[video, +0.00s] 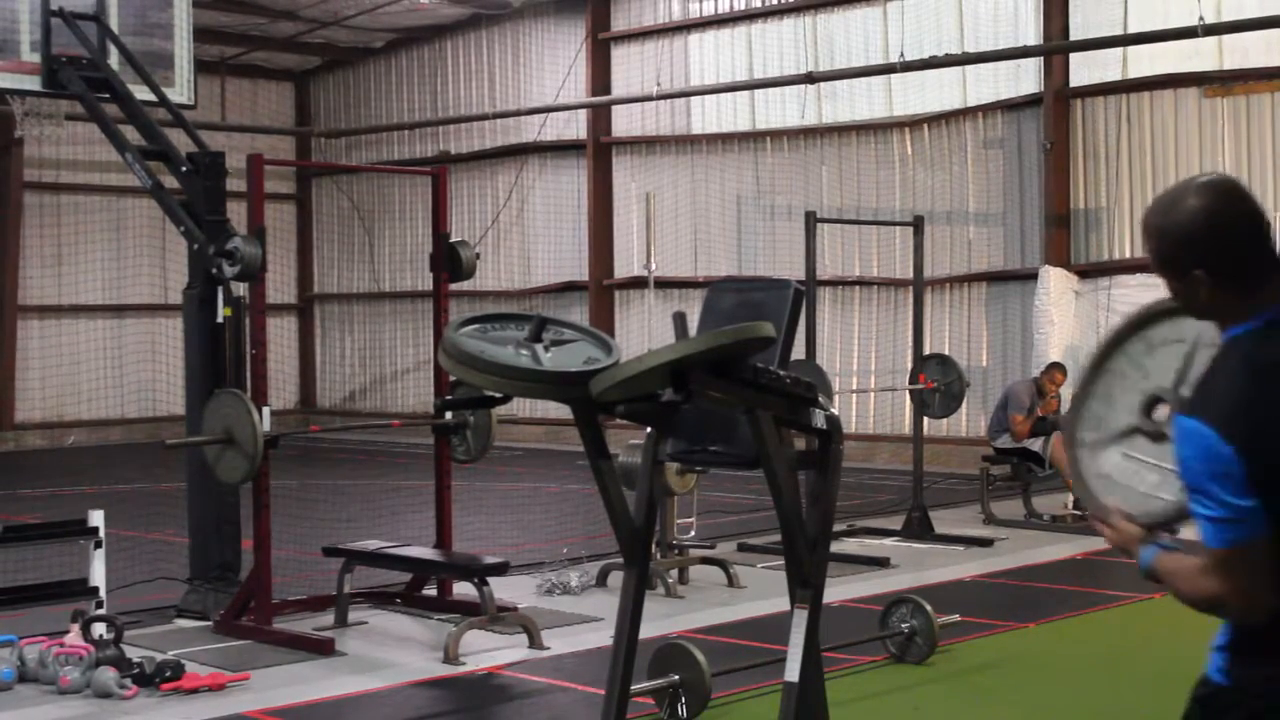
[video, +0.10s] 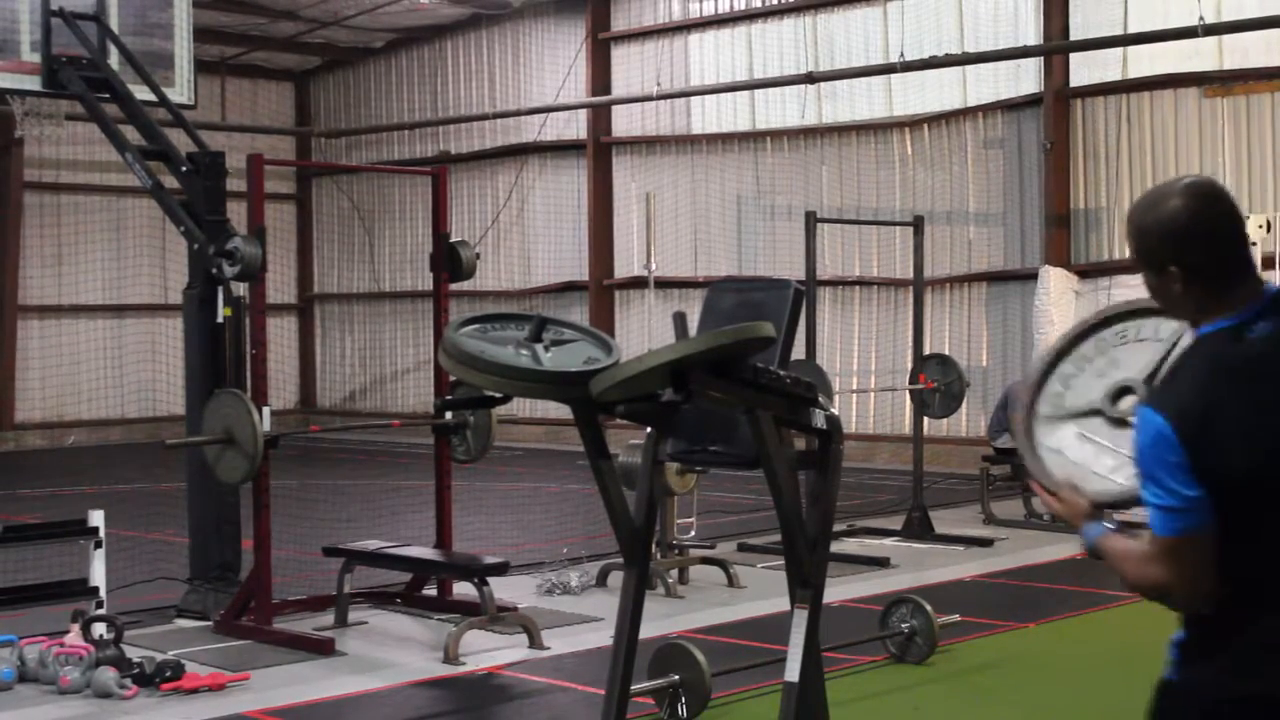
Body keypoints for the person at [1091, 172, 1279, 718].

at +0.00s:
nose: (1167, 292)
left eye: (1166, 278)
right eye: (1162, 277)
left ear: (1197, 283)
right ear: (1260, 237)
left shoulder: (1216, 415)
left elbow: (1244, 593)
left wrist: (1145, 551)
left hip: (1253, 674)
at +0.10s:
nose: (1144, 285)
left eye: (1144, 272)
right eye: (1140, 272)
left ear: (1175, 278)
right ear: (1241, 239)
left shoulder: (1176, 410)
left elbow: (1183, 582)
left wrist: (1090, 527)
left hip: (1228, 667)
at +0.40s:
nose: (1076, 250)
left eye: (1081, 236)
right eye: (1076, 234)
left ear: (1122, 249)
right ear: (1180, 231)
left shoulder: (1109, 374)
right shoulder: (1262, 307)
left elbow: (1108, 541)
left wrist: (1023, 482)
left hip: (1155, 640)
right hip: (1264, 624)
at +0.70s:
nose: (1059, 232)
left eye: (1070, 220)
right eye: (1063, 218)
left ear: (1113, 236)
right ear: (1124, 235)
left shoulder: (1093, 346)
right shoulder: (1215, 329)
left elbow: (1083, 497)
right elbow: (1228, 471)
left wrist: (989, 455)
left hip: (1099, 629)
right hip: (1193, 619)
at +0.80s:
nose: (1055, 220)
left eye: (1066, 210)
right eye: (1060, 208)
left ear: (1109, 227)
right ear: (1124, 229)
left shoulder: (1091, 333)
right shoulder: (1192, 324)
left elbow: (1075, 478)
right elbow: (1176, 465)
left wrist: (978, 432)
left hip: (1075, 622)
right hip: (1169, 616)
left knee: (1009, 708)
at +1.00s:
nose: (1026, 212)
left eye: (1040, 202)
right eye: (1032, 199)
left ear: (1082, 221)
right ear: (1086, 223)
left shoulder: (1064, 315)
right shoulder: (1126, 308)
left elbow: (1025, 448)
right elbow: (1099, 446)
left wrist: (945, 387)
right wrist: (997, 400)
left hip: (1037, 599)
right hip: (1117, 588)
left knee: (958, 709)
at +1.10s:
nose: (1003, 216)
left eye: (1017, 206)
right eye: (1010, 203)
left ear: (1058, 224)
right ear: (1062, 227)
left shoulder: (1039, 314)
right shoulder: (1094, 307)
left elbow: (986, 438)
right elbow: (1049, 429)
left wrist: (916, 364)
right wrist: (965, 379)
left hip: (1013, 603)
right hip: (1085, 591)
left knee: (962, 709)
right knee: (1089, 709)